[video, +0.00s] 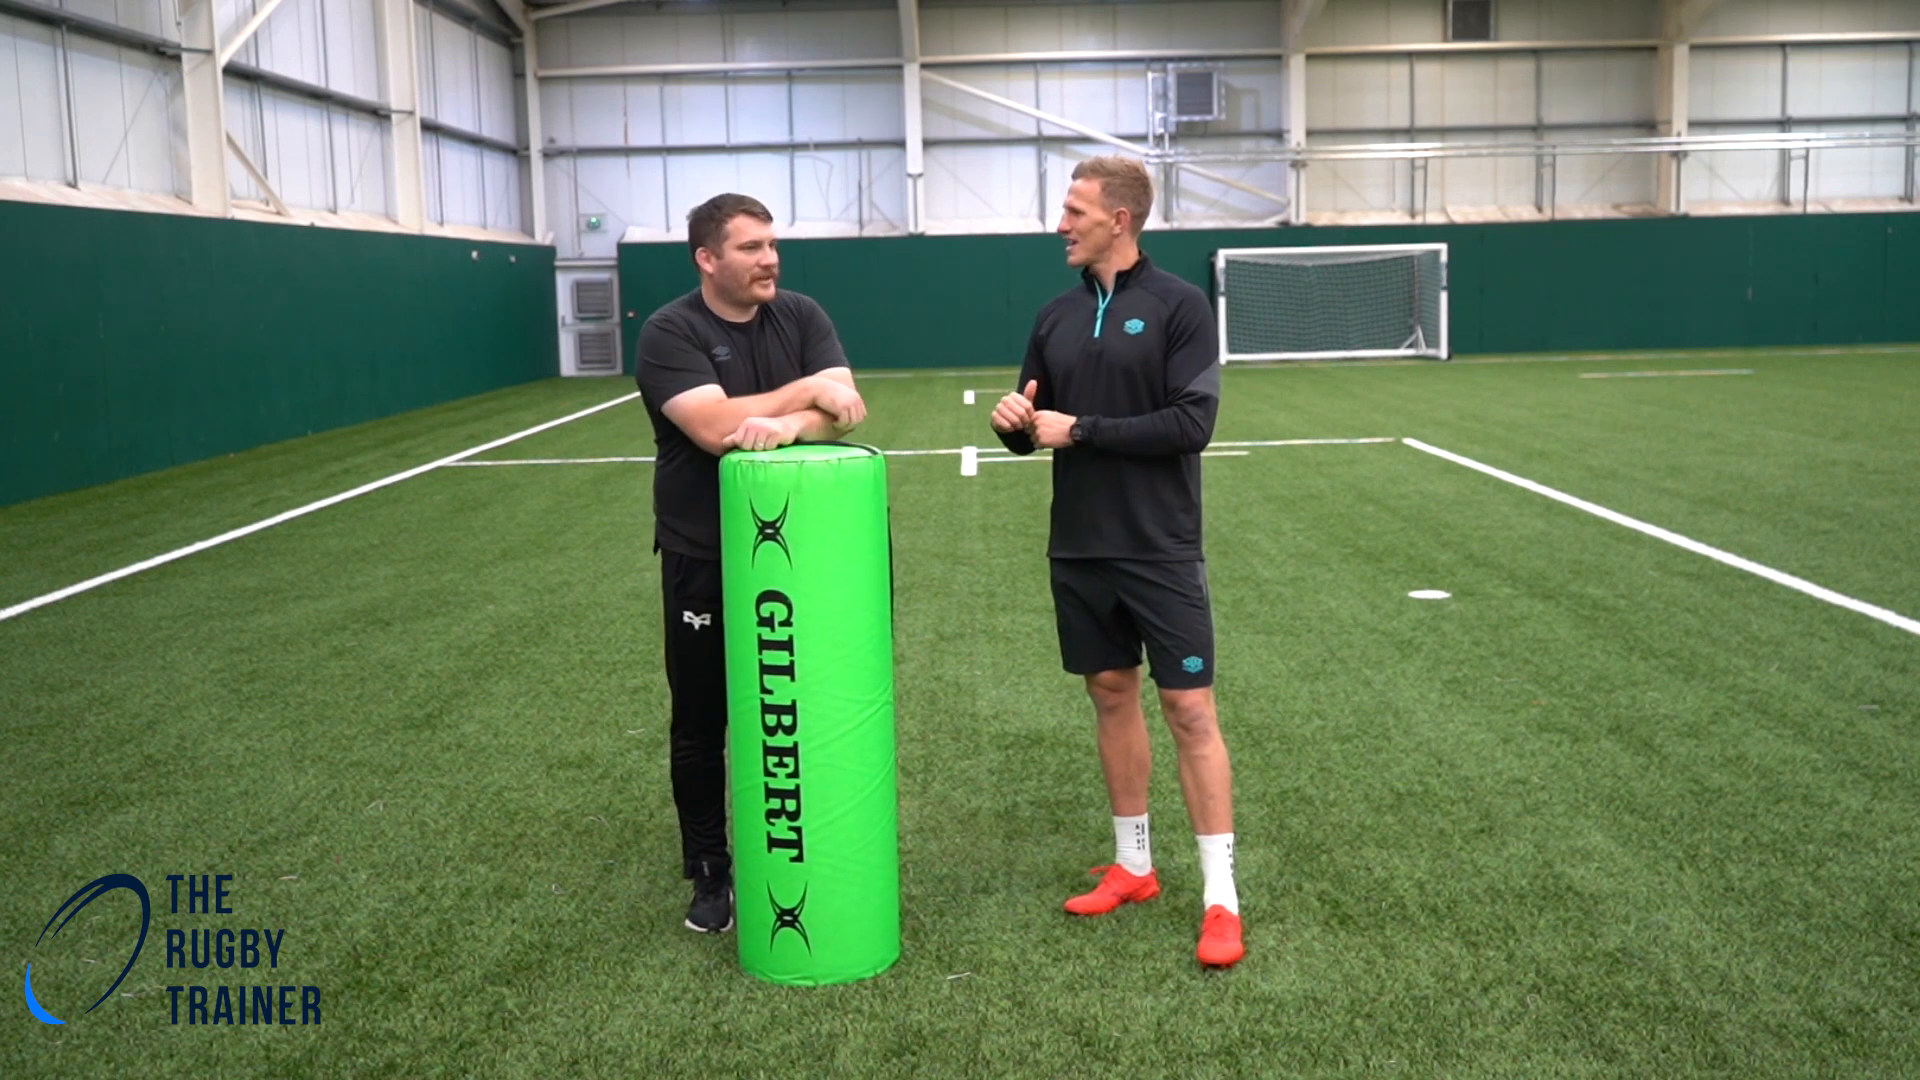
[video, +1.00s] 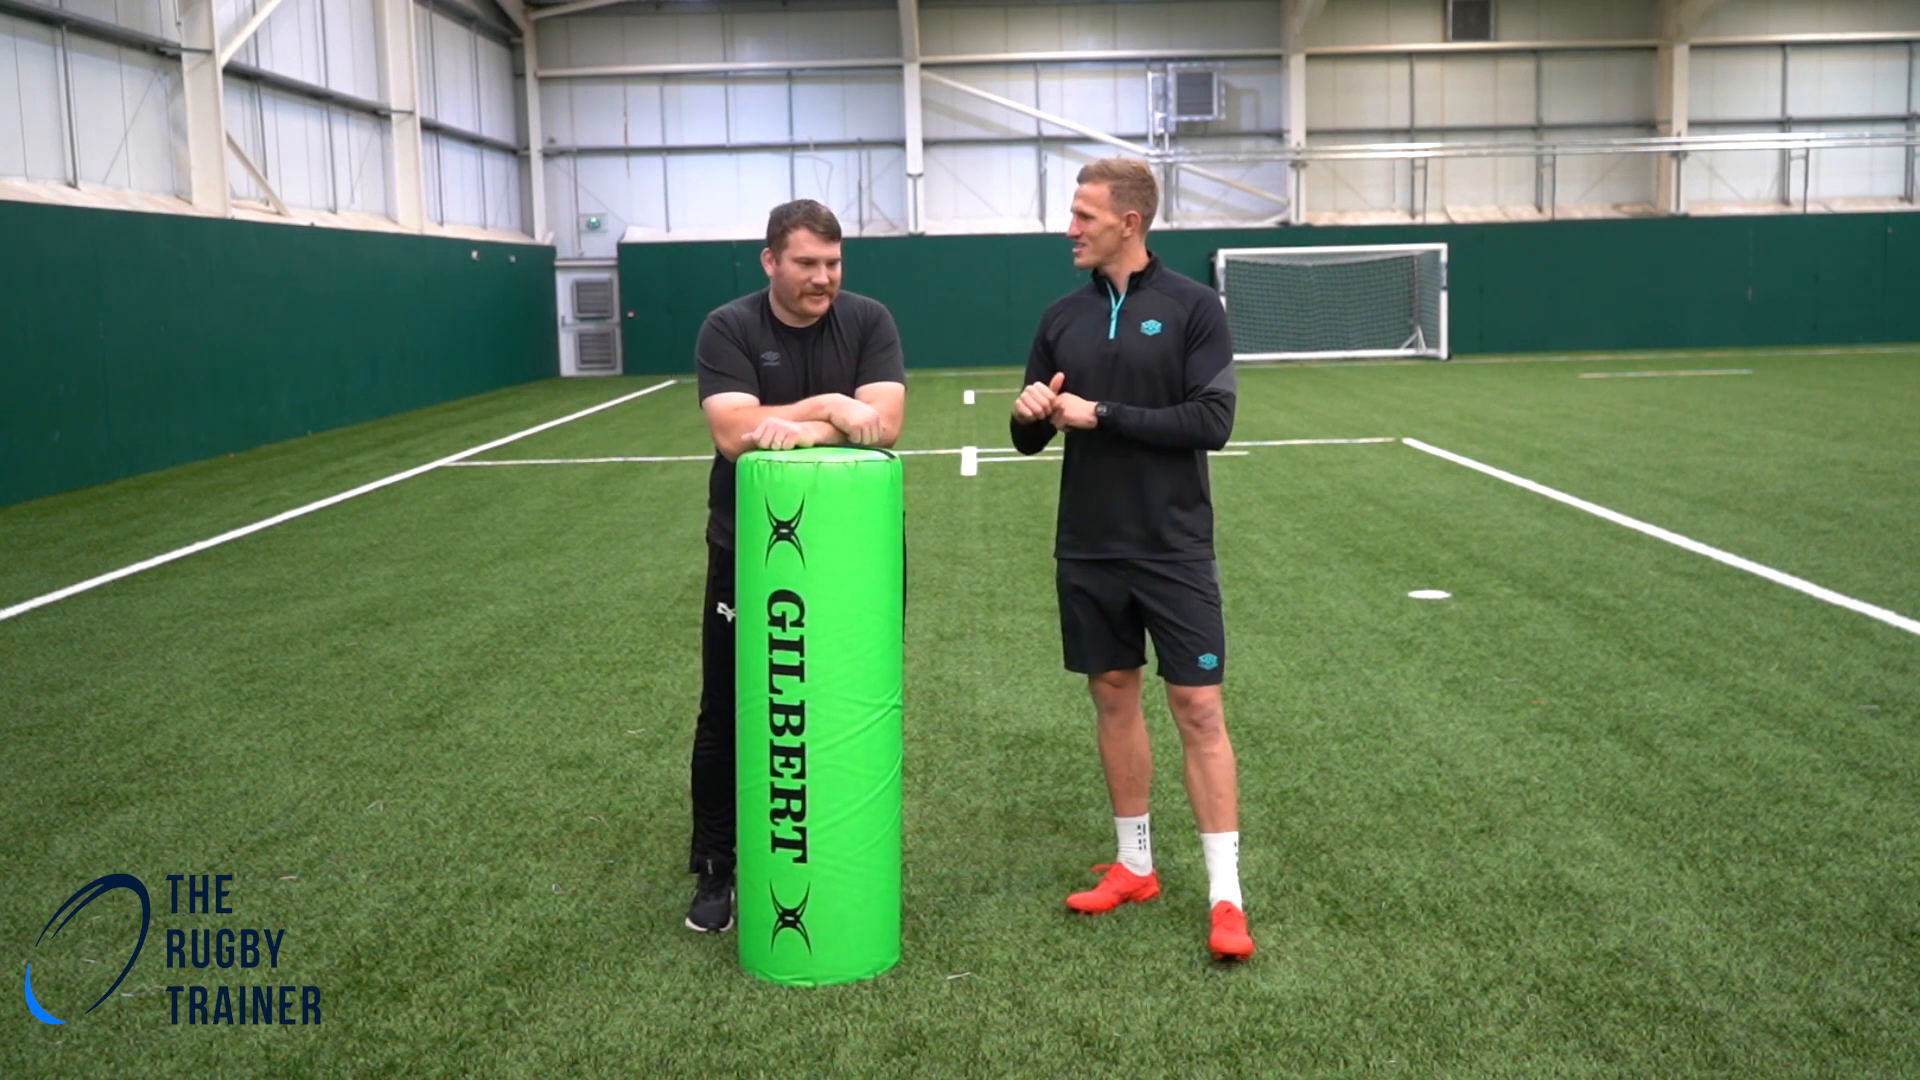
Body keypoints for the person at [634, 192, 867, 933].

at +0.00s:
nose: (769, 259)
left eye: (772, 245)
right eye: (752, 248)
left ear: (774, 250)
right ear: (706, 258)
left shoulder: (801, 316)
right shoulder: (668, 333)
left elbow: (842, 408)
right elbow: (717, 429)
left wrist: (775, 425)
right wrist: (814, 399)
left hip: (796, 555)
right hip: (702, 557)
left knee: (799, 711)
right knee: (703, 720)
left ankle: (805, 864)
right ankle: (711, 870)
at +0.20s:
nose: (786, 265)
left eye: (792, 251)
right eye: (769, 254)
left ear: (798, 251)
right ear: (726, 260)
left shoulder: (820, 316)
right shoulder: (687, 331)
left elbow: (855, 415)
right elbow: (716, 432)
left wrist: (778, 425)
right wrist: (819, 405)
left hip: (811, 554)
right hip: (714, 555)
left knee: (812, 712)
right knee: (709, 718)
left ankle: (815, 865)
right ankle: (712, 870)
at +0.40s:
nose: (800, 268)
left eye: (807, 254)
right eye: (783, 257)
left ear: (814, 254)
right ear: (742, 261)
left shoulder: (839, 316)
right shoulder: (704, 329)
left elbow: (866, 417)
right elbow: (717, 432)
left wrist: (786, 429)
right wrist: (822, 404)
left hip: (825, 554)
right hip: (728, 555)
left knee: (822, 712)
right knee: (717, 715)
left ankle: (823, 869)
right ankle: (713, 870)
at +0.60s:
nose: (808, 273)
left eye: (817, 259)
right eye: (792, 261)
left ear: (827, 258)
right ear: (753, 263)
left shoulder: (854, 318)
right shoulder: (717, 329)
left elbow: (877, 422)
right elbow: (724, 433)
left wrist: (785, 425)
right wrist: (828, 405)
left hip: (836, 553)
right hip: (739, 552)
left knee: (832, 713)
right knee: (723, 714)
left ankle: (830, 873)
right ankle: (715, 870)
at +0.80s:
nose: (816, 276)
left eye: (826, 263)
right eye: (800, 264)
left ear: (836, 261)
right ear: (763, 264)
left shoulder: (864, 319)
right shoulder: (726, 328)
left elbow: (881, 424)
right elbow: (730, 434)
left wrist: (787, 425)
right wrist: (833, 405)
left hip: (840, 555)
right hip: (745, 553)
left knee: (836, 715)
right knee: (728, 713)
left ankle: (830, 877)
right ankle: (716, 870)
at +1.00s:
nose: (822, 277)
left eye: (832, 264)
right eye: (806, 264)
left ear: (843, 263)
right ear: (770, 262)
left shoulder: (868, 321)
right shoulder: (729, 328)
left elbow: (883, 425)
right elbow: (732, 434)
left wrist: (784, 424)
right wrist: (833, 407)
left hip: (843, 554)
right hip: (747, 552)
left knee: (838, 715)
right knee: (728, 712)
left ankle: (832, 877)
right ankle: (717, 870)